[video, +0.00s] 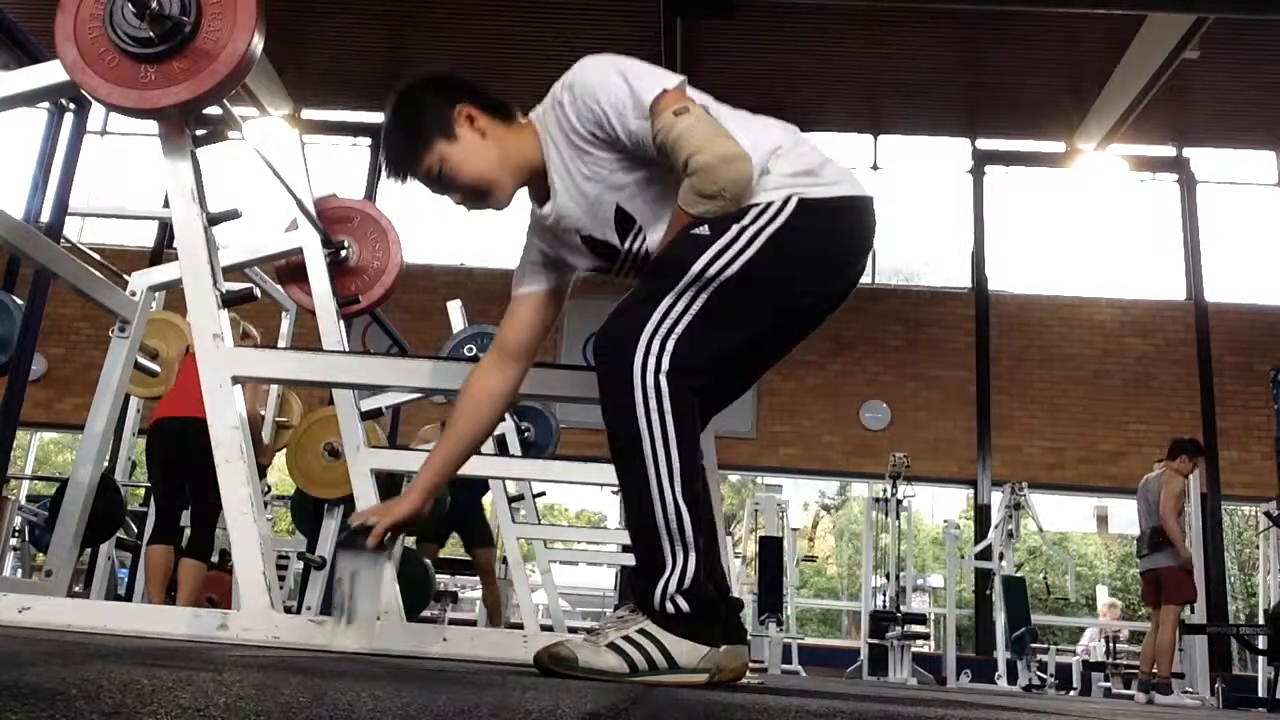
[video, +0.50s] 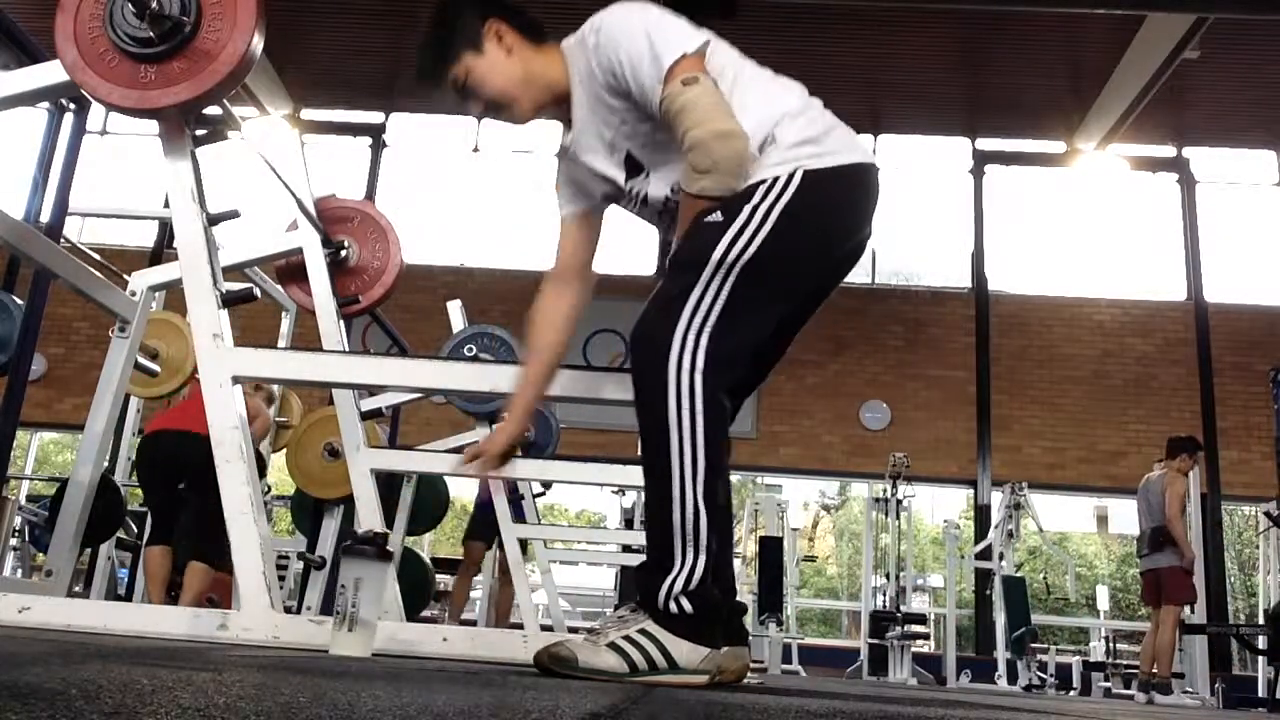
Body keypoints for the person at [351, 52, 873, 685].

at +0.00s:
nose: (453, 196)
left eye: (442, 172)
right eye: (437, 189)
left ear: (472, 121)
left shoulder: (589, 85)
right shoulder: (552, 230)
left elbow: (721, 169)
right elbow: (501, 366)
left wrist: (658, 257)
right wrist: (417, 493)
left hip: (801, 201)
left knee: (635, 348)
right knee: (657, 396)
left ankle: (684, 621)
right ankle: (702, 624)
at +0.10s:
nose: (453, 214)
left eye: (442, 192)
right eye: (438, 209)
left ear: (470, 138)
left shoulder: (586, 98)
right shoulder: (546, 248)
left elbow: (726, 174)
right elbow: (494, 376)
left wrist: (660, 265)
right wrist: (410, 503)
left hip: (803, 209)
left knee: (634, 345)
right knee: (655, 390)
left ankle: (686, 621)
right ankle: (700, 626)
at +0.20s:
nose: (455, 204)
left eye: (444, 180)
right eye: (439, 197)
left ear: (472, 131)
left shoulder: (591, 93)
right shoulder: (547, 237)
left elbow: (728, 171)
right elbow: (496, 361)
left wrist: (662, 262)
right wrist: (416, 495)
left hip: (805, 208)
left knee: (639, 345)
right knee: (655, 380)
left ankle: (689, 622)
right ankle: (691, 620)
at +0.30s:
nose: (456, 172)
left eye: (447, 151)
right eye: (442, 165)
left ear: (479, 101)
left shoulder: (599, 73)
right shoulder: (556, 211)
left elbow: (726, 164)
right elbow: (505, 343)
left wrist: (672, 241)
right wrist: (425, 481)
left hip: (807, 195)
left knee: (650, 342)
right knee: (658, 374)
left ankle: (691, 622)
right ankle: (664, 609)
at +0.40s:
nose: (463, 140)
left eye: (457, 117)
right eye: (452, 131)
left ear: (489, 71)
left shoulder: (608, 51)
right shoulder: (567, 184)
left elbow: (725, 155)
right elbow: (530, 319)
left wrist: (677, 235)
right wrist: (455, 454)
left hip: (805, 182)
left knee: (658, 344)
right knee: (674, 379)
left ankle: (685, 622)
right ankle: (707, 628)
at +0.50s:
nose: (477, 106)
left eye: (469, 84)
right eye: (466, 98)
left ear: (500, 38)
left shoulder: (620, 30)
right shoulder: (580, 157)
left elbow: (721, 149)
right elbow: (564, 285)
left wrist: (676, 259)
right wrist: (516, 417)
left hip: (802, 171)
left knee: (667, 350)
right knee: (689, 387)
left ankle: (684, 623)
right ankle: (710, 629)